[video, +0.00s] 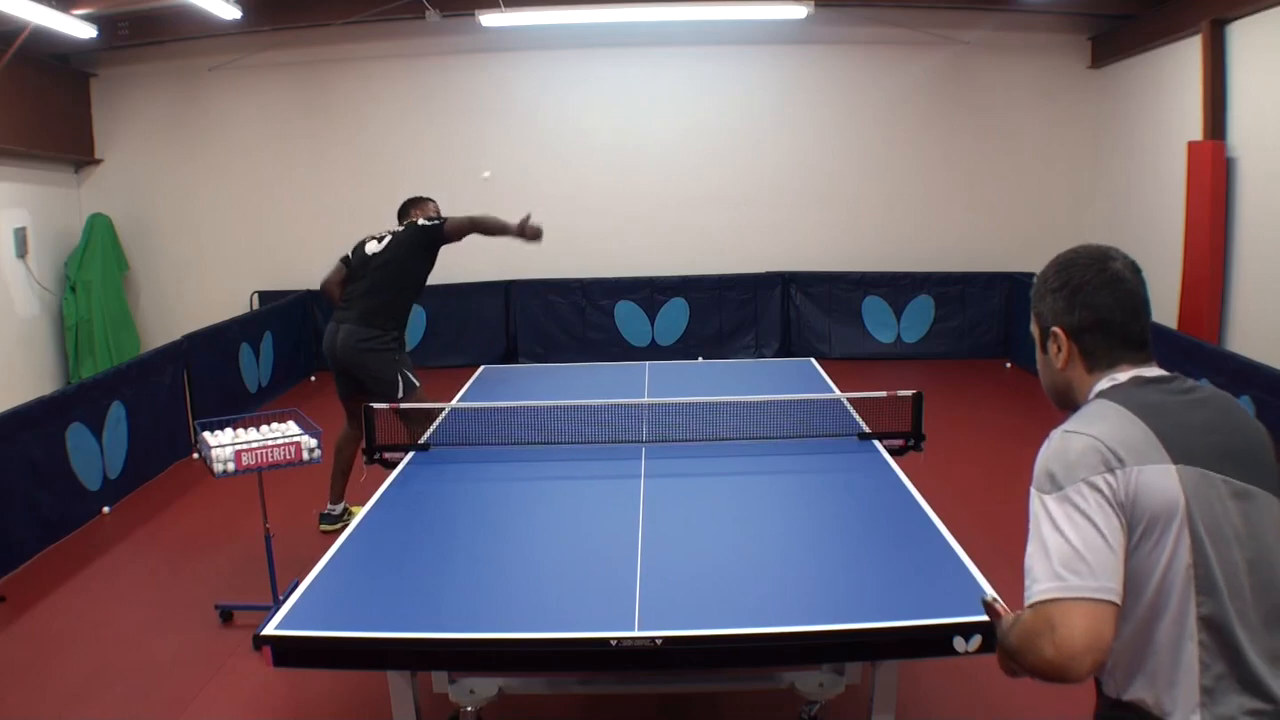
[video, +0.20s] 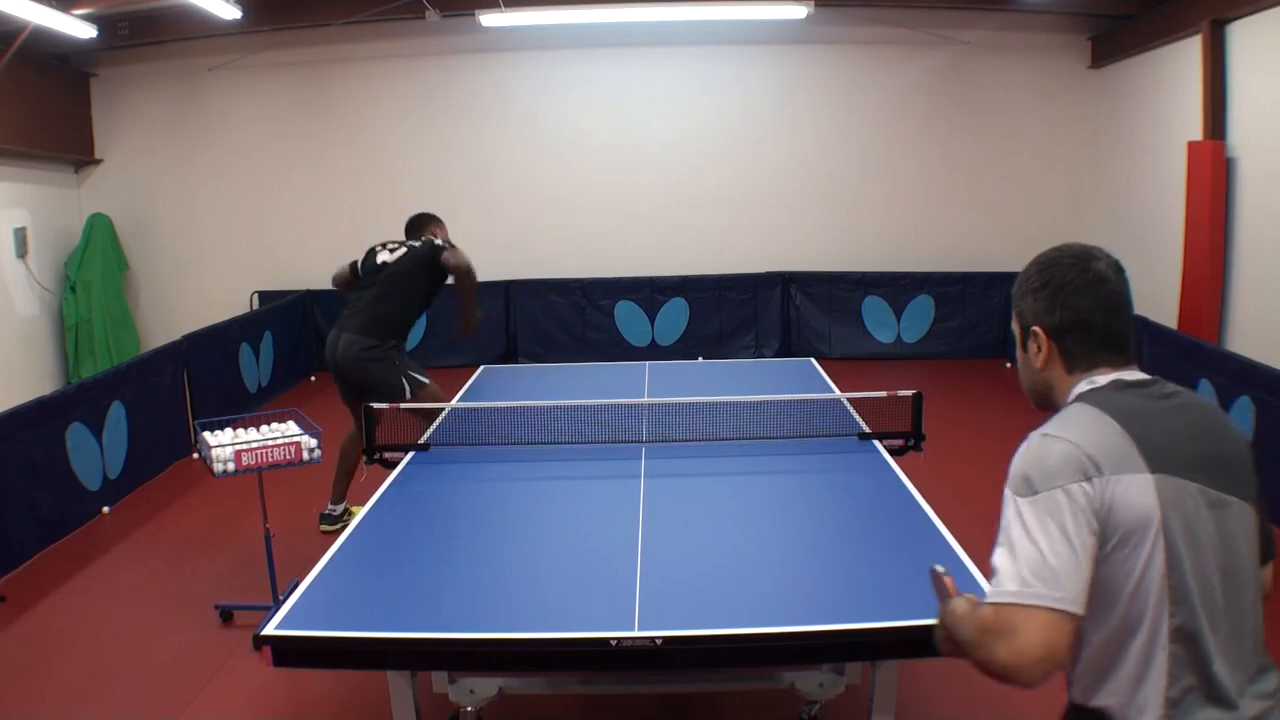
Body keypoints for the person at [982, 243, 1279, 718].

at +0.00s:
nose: (1038, 361)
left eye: (1037, 344)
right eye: (1037, 344)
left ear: (1059, 346)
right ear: (1142, 330)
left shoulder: (1088, 443)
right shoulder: (1239, 419)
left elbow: (1072, 649)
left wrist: (1012, 636)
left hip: (1162, 705)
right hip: (1265, 700)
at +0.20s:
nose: (1017, 360)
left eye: (1017, 342)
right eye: (1016, 343)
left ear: (1040, 346)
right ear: (1125, 333)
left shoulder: (1065, 448)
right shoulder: (1216, 424)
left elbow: (1028, 653)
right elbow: (1260, 573)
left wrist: (962, 620)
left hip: (1130, 708)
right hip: (1256, 701)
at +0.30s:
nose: (1001, 358)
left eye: (1000, 341)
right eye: (999, 340)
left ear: (1022, 344)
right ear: (1106, 329)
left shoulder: (1038, 446)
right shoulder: (1208, 431)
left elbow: (971, 645)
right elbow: (1256, 589)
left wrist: (914, 606)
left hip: (1092, 707)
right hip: (1226, 706)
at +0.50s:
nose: (992, 332)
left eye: (991, 316)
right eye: (990, 315)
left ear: (1012, 317)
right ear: (1091, 301)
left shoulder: (1019, 418)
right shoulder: (1199, 401)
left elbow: (922, 598)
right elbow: (1254, 549)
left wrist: (880, 571)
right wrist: (1160, 586)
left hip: (1084, 703)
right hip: (1212, 700)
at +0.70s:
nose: (977, 339)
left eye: (976, 323)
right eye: (976, 323)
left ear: (994, 323)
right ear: (1070, 310)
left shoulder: (1005, 417)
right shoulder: (1163, 393)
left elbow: (880, 560)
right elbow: (1215, 519)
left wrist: (872, 525)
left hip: (1065, 698)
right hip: (1184, 694)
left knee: (970, 707)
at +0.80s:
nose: (940, 338)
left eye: (940, 322)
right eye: (940, 323)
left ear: (957, 324)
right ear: (1030, 309)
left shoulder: (958, 404)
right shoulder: (1124, 387)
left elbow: (815, 523)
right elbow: (1185, 504)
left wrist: (861, 531)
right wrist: (1094, 533)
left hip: (1021, 688)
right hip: (1143, 687)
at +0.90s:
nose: (893, 351)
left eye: (892, 342)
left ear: (903, 345)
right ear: (984, 335)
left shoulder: (882, 423)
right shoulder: (1068, 405)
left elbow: (748, 510)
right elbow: (1156, 514)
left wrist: (815, 518)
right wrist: (1117, 542)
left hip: (952, 694)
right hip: (1079, 692)